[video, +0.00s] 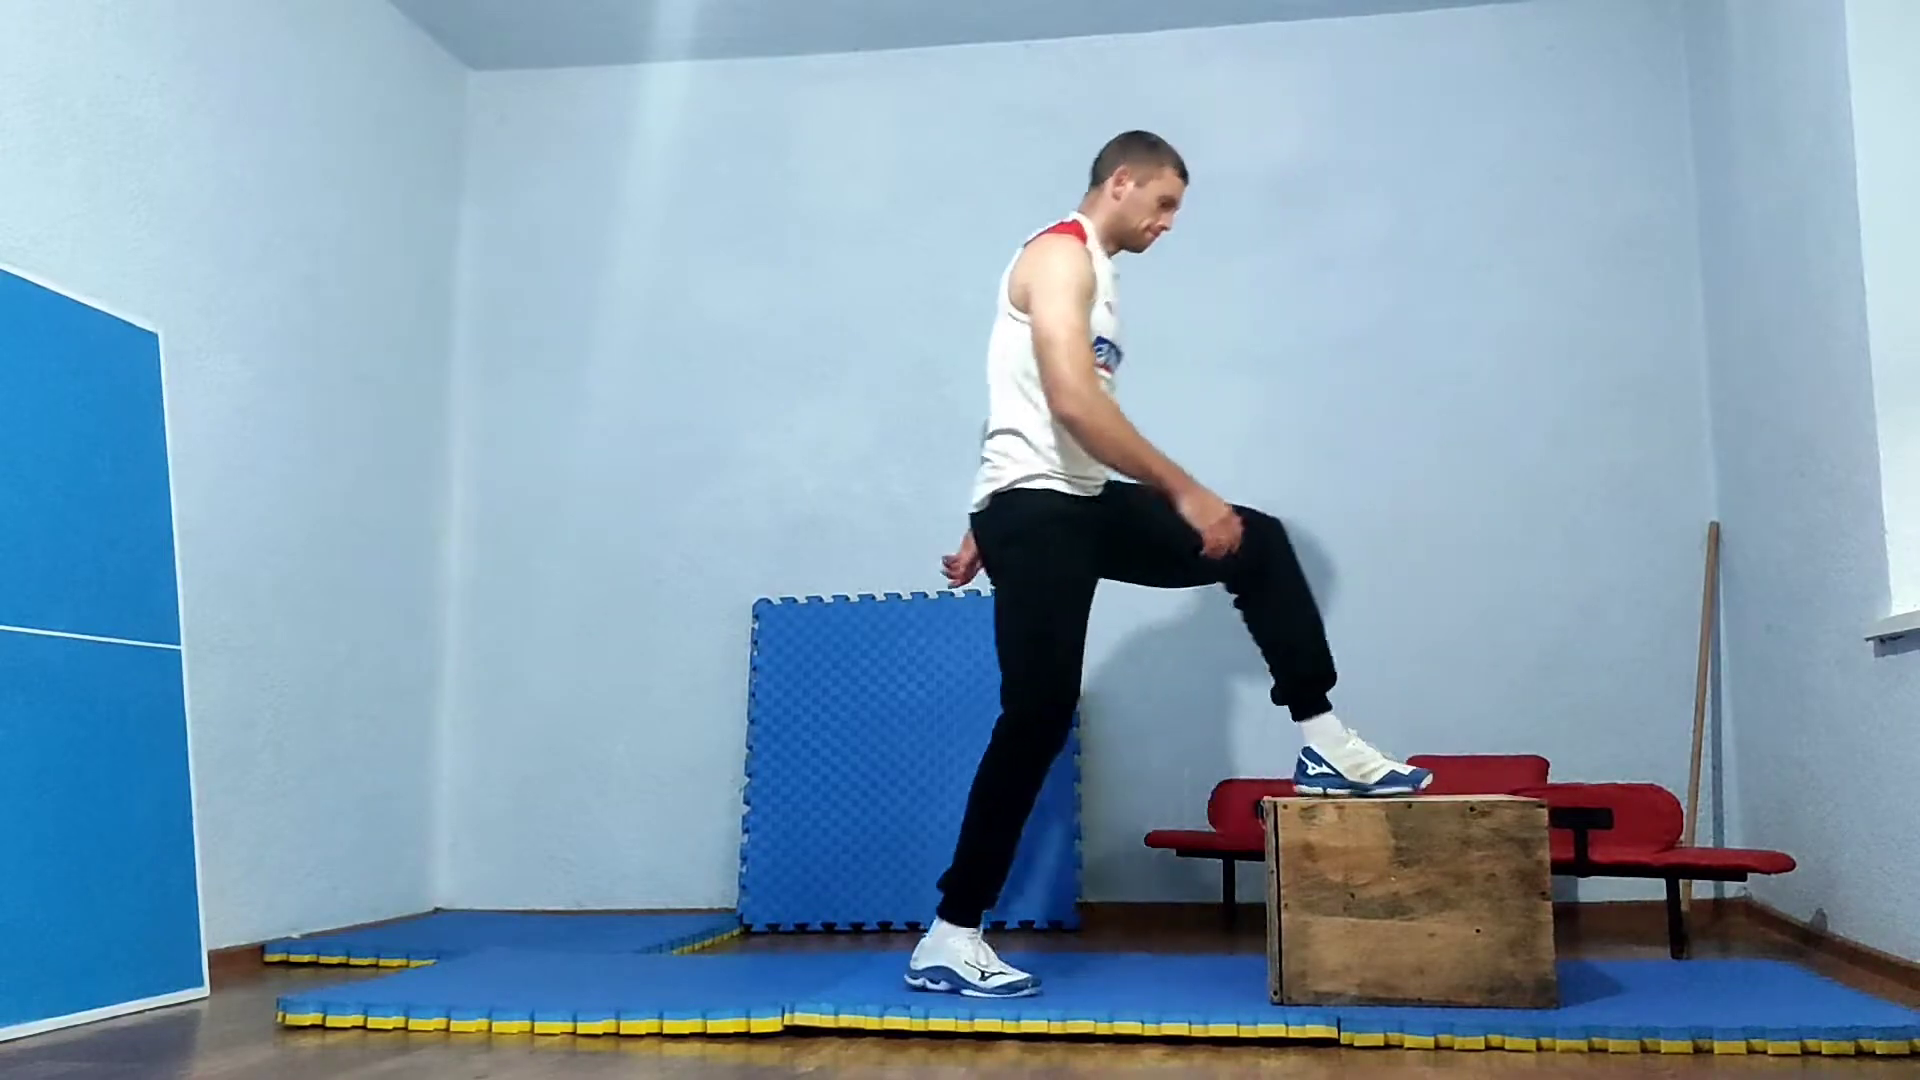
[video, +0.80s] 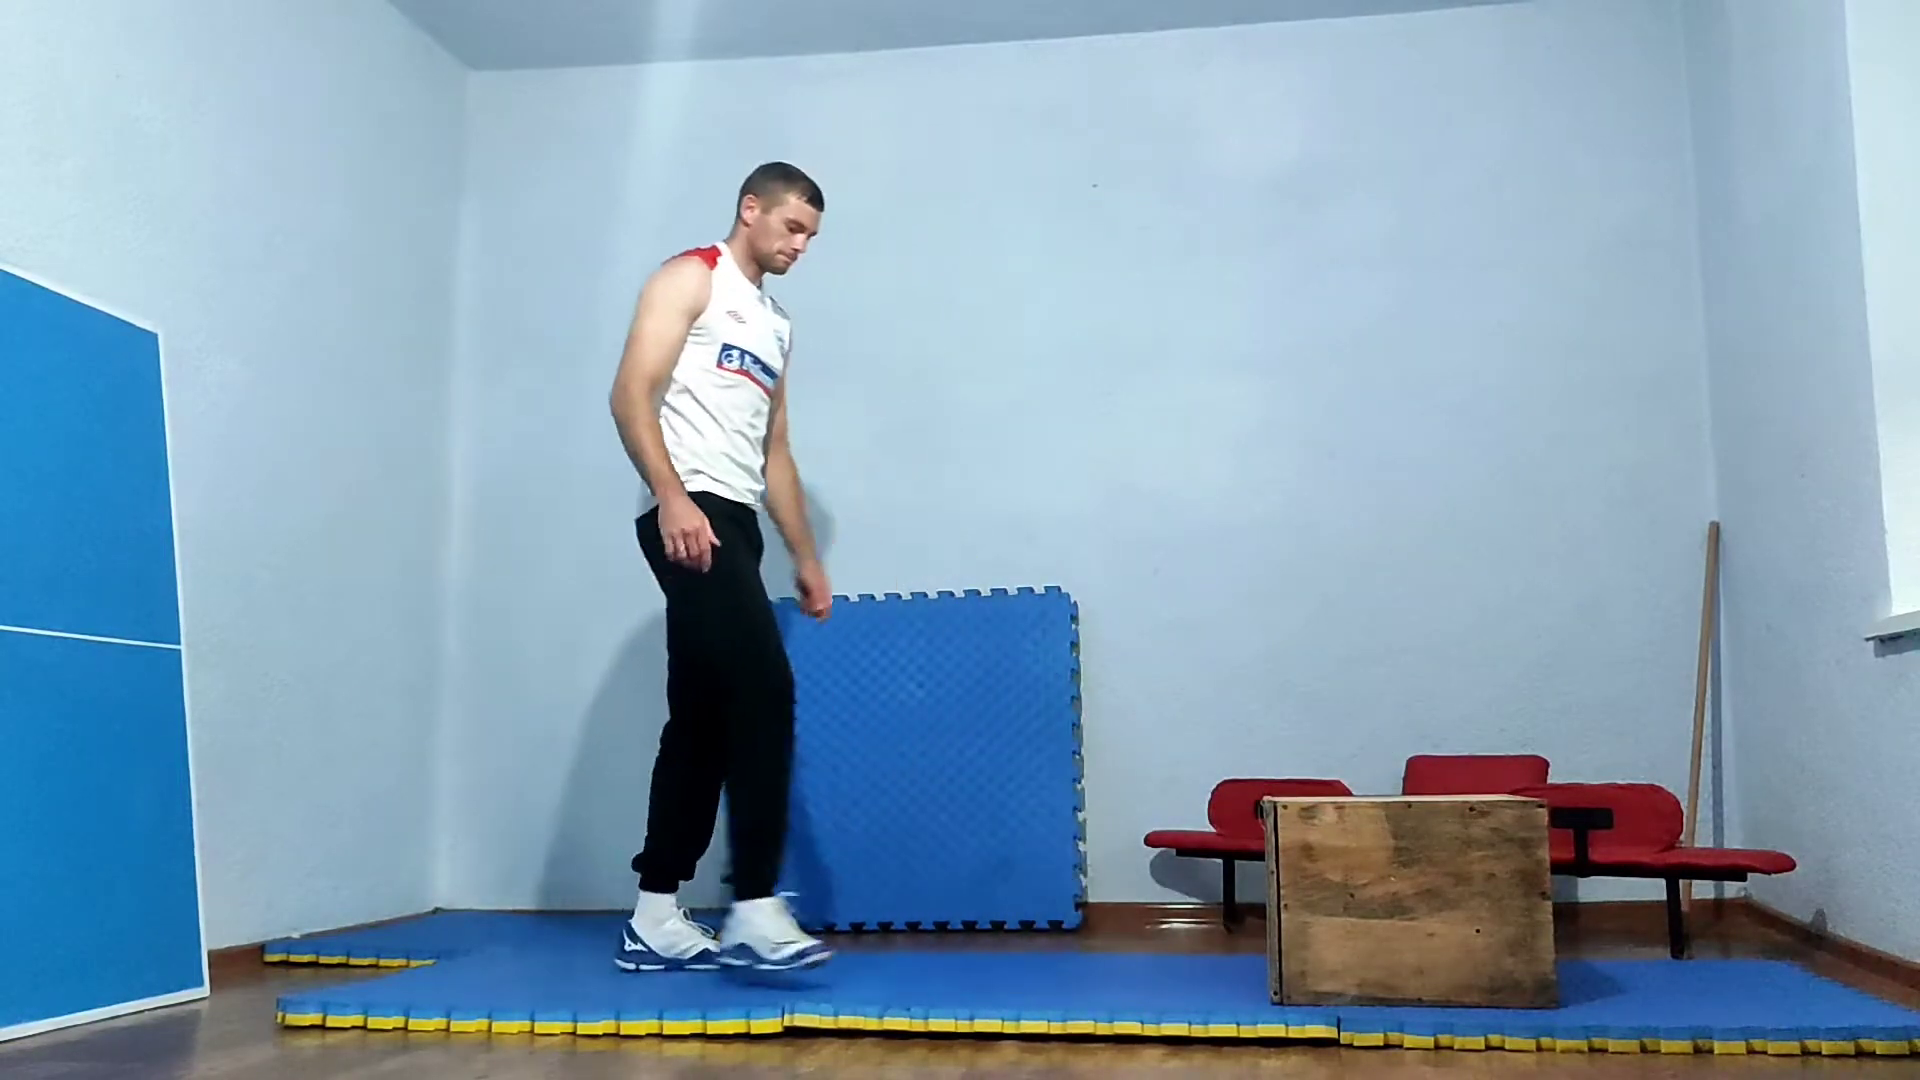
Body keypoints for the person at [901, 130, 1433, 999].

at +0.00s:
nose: (1167, 224)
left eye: (1174, 210)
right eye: (1164, 204)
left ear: (1129, 193)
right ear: (1116, 184)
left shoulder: (1091, 273)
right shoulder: (1058, 255)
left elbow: (1045, 416)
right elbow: (1075, 402)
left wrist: (989, 520)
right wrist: (1186, 491)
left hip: (1092, 507)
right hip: (1036, 513)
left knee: (1254, 541)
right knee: (1037, 715)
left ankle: (1327, 739)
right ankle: (949, 935)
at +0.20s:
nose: (1087, 206)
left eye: (1093, 194)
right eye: (1080, 188)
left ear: (1044, 178)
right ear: (1031, 173)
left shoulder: (1014, 255)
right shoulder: (986, 246)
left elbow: (965, 395)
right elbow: (954, 389)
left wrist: (987, 508)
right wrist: (998, 518)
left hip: (969, 484)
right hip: (925, 492)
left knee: (1131, 549)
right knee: (945, 705)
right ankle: (940, 933)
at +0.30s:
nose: (1035, 209)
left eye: (1041, 196)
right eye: (1030, 191)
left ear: (998, 186)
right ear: (980, 175)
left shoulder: (966, 266)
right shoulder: (932, 250)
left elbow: (953, 411)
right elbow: (885, 381)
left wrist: (1016, 505)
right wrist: (906, 523)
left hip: (944, 499)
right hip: (896, 499)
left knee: (1060, 628)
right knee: (936, 714)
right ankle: (942, 935)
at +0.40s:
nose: (976, 212)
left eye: (982, 200)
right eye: (970, 193)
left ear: (947, 193)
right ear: (919, 180)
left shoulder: (922, 285)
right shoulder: (871, 256)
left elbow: (937, 426)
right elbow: (807, 378)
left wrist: (1018, 496)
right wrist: (822, 517)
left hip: (911, 508)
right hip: (874, 504)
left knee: (948, 701)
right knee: (940, 702)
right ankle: (944, 932)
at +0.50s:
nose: (921, 225)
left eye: (927, 213)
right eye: (914, 207)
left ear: (898, 212)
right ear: (864, 196)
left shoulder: (881, 304)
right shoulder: (814, 271)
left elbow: (911, 434)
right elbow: (739, 387)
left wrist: (995, 498)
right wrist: (751, 519)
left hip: (869, 522)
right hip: (837, 519)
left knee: (840, 719)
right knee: (915, 715)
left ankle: (707, 874)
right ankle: (943, 934)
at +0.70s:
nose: (838, 252)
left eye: (845, 241)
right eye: (830, 235)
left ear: (836, 242)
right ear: (784, 219)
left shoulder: (808, 331)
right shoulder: (725, 290)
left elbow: (822, 449)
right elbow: (666, 407)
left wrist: (887, 535)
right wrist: (675, 523)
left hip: (770, 534)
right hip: (726, 528)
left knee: (728, 730)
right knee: (807, 713)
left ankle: (658, 916)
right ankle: (874, 915)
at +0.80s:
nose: (800, 244)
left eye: (810, 234)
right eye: (792, 226)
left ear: (802, 236)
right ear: (748, 210)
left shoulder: (773, 322)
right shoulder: (688, 280)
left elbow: (775, 449)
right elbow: (629, 396)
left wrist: (805, 554)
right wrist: (670, 497)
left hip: (735, 525)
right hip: (693, 517)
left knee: (700, 716)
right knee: (764, 692)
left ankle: (655, 915)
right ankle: (757, 912)